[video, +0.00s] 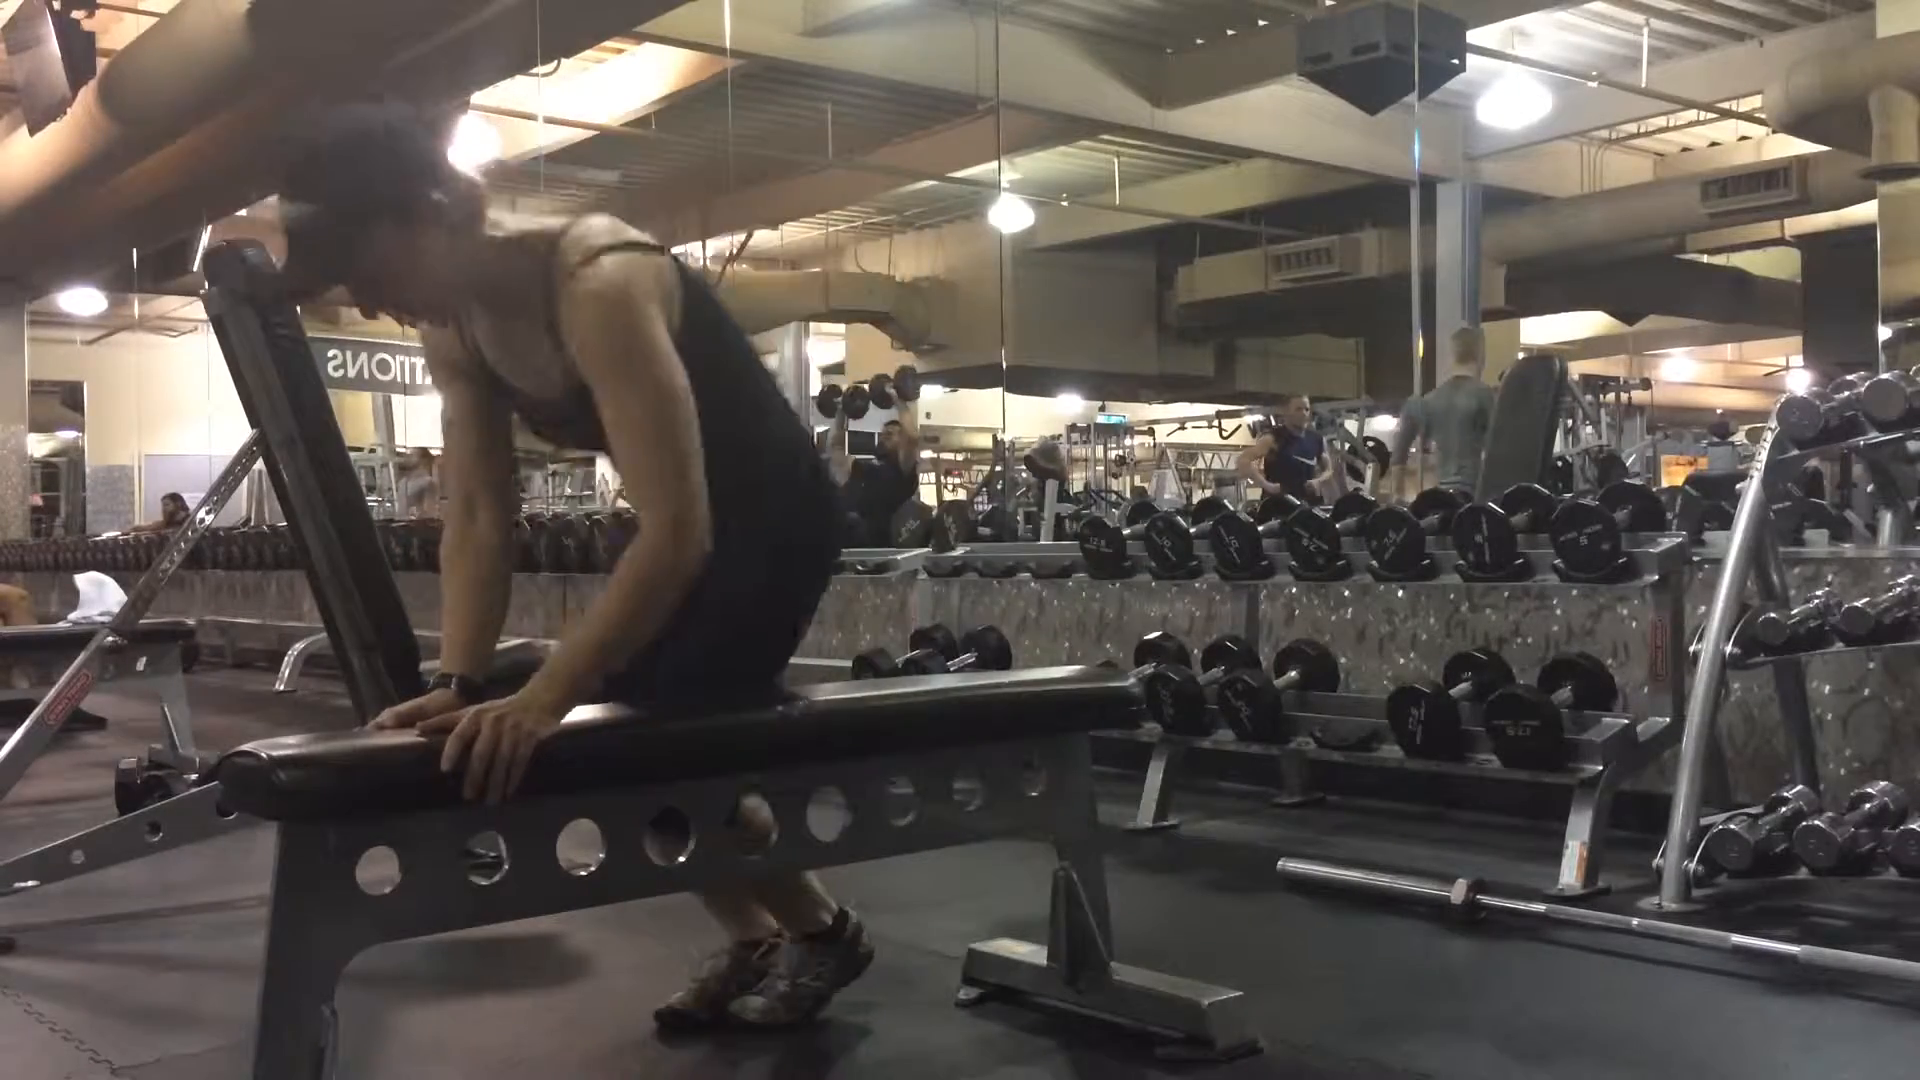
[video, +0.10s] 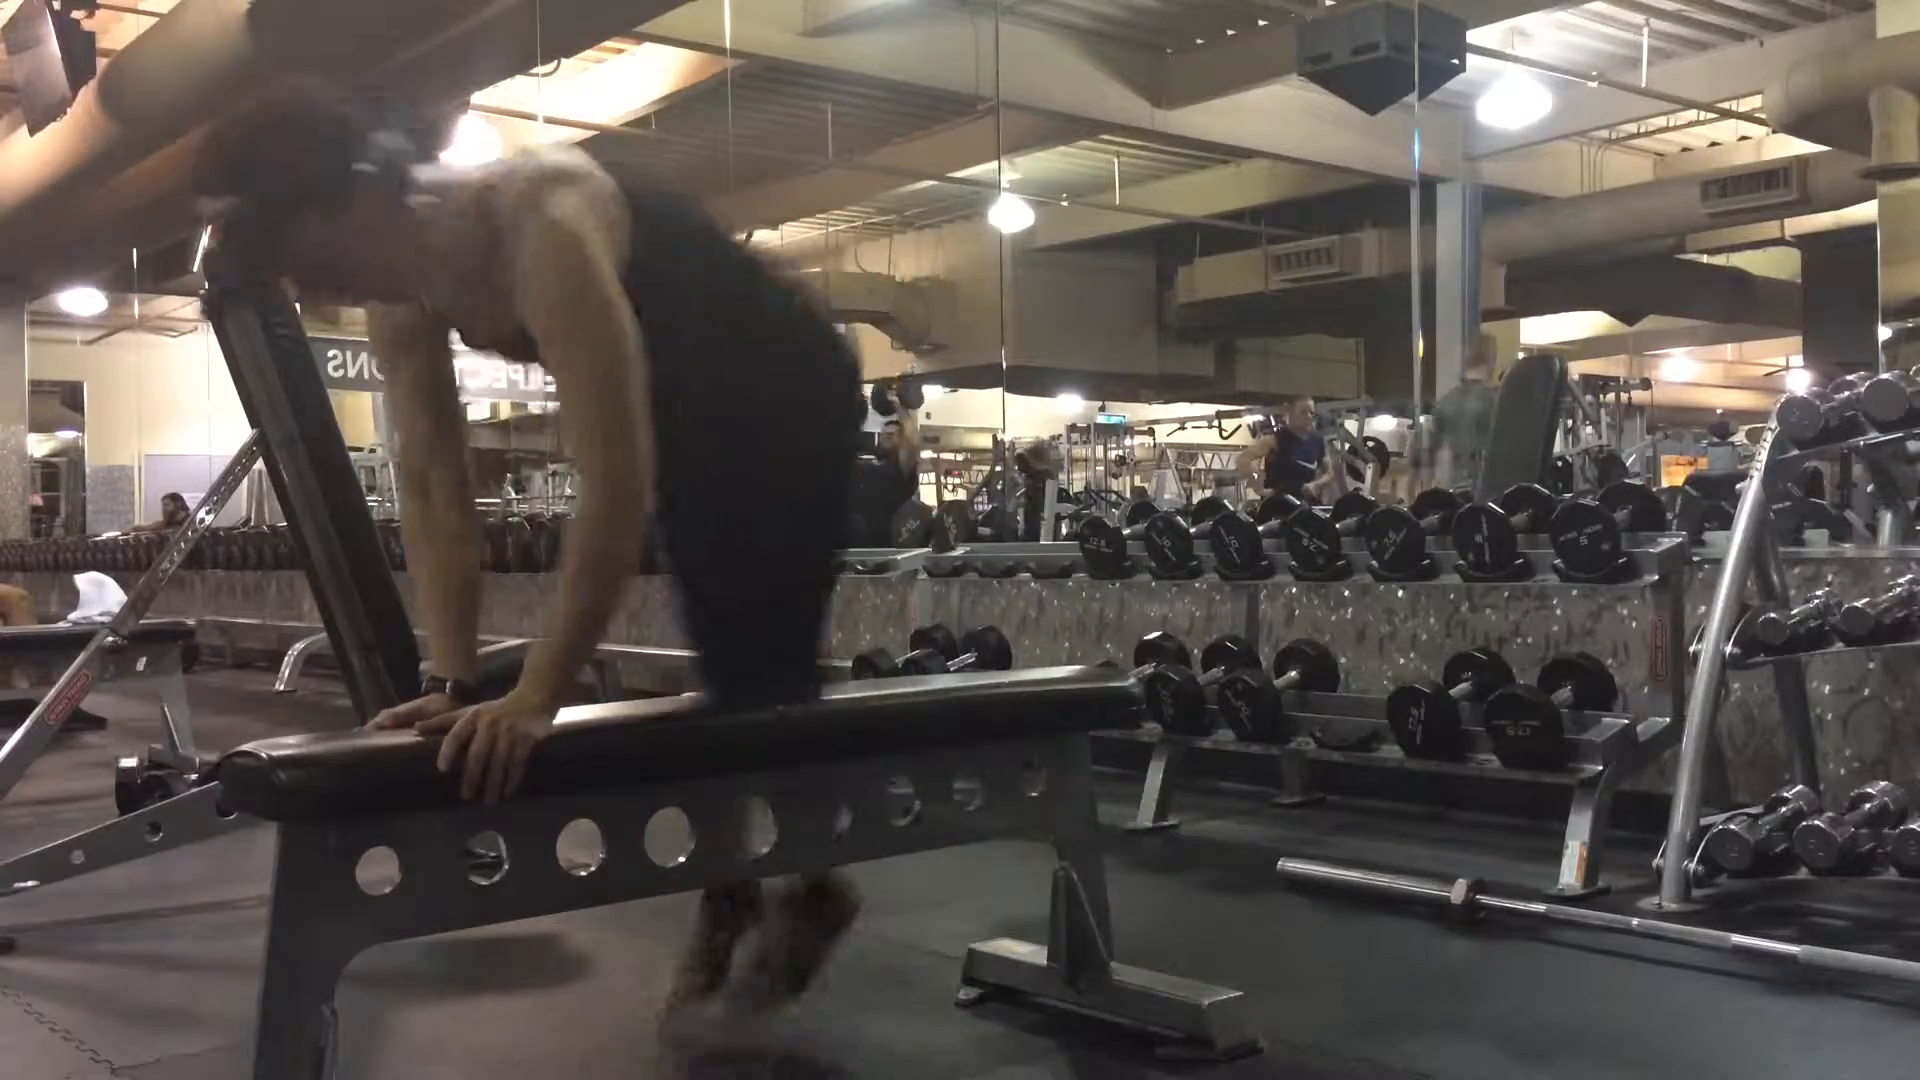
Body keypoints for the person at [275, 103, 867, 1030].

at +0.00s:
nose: (370, 308)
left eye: (370, 273)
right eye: (353, 288)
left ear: (440, 213)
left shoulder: (605, 285)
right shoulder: (457, 322)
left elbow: (677, 531)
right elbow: (476, 506)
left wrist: (540, 701)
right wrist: (457, 681)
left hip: (774, 522)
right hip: (680, 525)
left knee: (673, 738)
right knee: (627, 744)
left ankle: (821, 930)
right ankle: (756, 940)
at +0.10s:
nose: (318, 294)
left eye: (314, 259)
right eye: (298, 277)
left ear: (370, 193)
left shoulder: (548, 224)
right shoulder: (403, 298)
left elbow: (618, 483)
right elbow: (430, 485)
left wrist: (534, 696)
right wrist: (451, 683)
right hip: (686, 423)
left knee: (767, 670)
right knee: (727, 670)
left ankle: (811, 883)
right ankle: (732, 887)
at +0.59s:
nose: (321, 294)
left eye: (303, 264)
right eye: (297, 281)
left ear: (348, 179)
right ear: (331, 212)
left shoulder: (520, 212)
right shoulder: (453, 284)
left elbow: (580, 488)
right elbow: (478, 487)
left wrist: (529, 697)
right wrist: (454, 677)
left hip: (903, 347)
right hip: (830, 390)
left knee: (970, 690)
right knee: (918, 712)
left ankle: (1151, 961)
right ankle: (1108, 951)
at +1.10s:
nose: (290, 326)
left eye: (275, 301)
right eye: (269, 313)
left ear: (324, 224)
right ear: (321, 231)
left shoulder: (509, 216)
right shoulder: (408, 291)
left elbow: (565, 482)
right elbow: (446, 493)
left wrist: (528, 699)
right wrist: (451, 683)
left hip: (841, 221)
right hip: (750, 251)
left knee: (722, 506)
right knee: (685, 509)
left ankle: (923, 400)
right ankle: (903, 409)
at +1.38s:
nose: (340, 312)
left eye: (337, 279)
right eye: (321, 294)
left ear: (399, 214)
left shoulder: (580, 271)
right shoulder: (422, 328)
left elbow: (656, 515)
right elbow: (450, 508)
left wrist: (539, 700)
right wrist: (453, 682)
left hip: (753, 518)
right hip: (661, 526)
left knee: (656, 743)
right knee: (635, 742)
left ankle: (796, 935)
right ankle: (758, 936)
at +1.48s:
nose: (303, 307)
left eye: (292, 275)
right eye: (279, 296)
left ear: (335, 205)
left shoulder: (529, 240)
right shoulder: (383, 315)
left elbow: (622, 491)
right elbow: (432, 497)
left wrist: (532, 700)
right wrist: (446, 682)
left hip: (754, 432)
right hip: (652, 452)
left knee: (727, 689)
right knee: (686, 692)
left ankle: (788, 905)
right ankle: (724, 908)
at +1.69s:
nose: (262, 339)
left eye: (245, 310)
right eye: (235, 326)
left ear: (298, 227)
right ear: (295, 231)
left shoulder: (472, 211)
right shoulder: (380, 277)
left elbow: (555, 469)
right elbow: (424, 486)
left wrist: (526, 698)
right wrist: (444, 684)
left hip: (797, 215)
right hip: (696, 252)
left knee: (740, 495)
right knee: (675, 499)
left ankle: (931, 502)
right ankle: (886, 497)